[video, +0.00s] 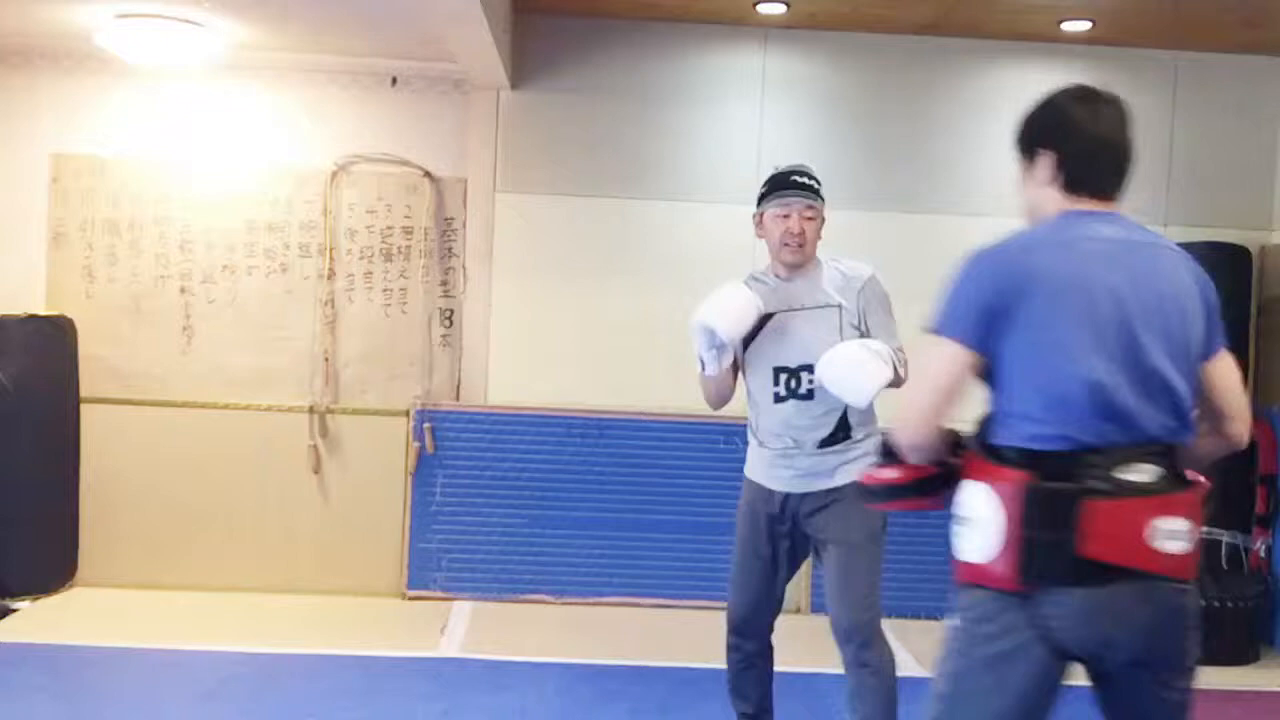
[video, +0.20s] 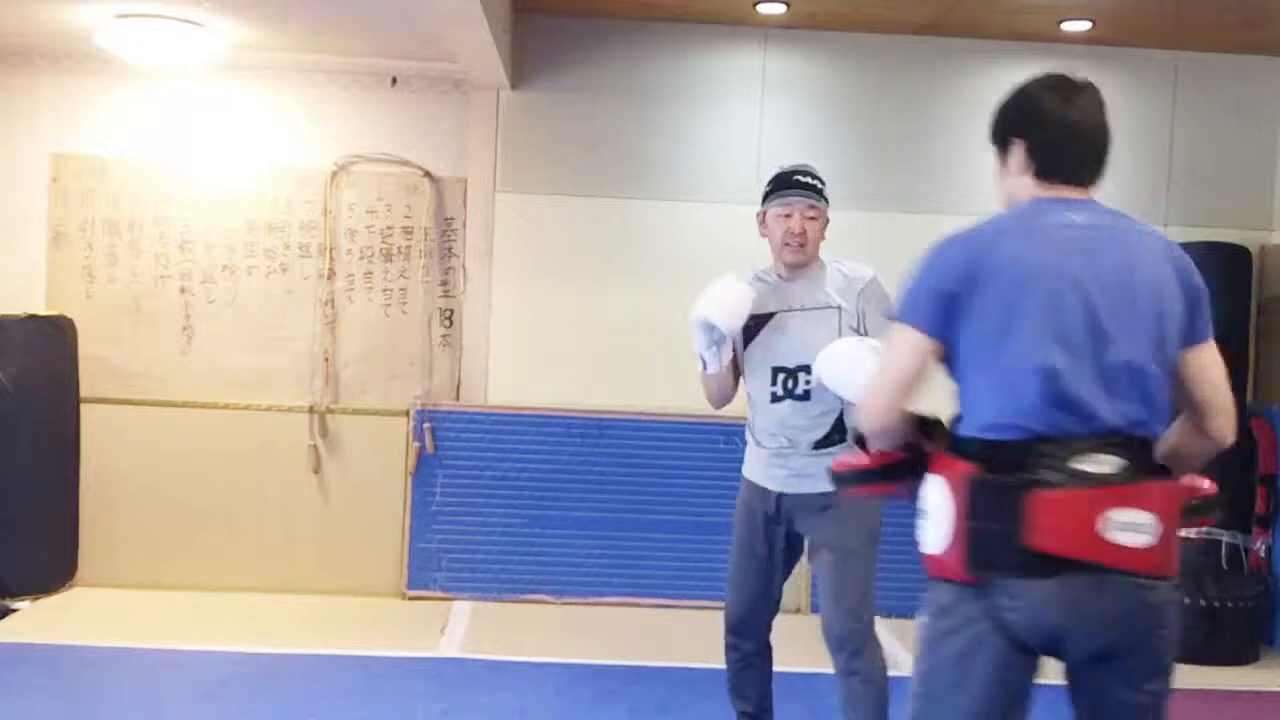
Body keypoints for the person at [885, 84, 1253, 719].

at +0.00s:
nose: (1020, 180)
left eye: (1023, 162)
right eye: (1020, 163)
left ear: (1047, 164)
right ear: (1116, 169)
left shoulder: (1001, 265)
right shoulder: (1183, 270)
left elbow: (913, 431)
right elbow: (1232, 427)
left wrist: (950, 454)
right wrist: (1160, 458)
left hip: (1022, 558)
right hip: (1149, 561)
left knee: (968, 711)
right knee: (1155, 709)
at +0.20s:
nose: (997, 171)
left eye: (998, 153)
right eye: (996, 154)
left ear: (1019, 153)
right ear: (1096, 159)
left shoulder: (966, 253)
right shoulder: (1167, 260)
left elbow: (876, 414)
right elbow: (1215, 424)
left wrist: (911, 438)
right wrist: (1145, 470)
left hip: (997, 535)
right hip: (1129, 546)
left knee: (952, 709)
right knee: (1129, 706)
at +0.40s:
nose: (954, 148)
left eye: (954, 134)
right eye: (956, 134)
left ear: (966, 138)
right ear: (1060, 146)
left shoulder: (898, 239)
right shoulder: (1124, 248)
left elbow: (795, 389)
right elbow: (1191, 426)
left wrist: (865, 354)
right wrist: (1122, 521)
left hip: (913, 549)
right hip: (1058, 557)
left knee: (899, 709)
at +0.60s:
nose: (924, 152)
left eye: (924, 140)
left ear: (933, 148)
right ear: (1037, 159)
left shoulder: (854, 241)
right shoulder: (1090, 271)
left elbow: (749, 343)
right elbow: (1158, 477)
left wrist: (809, 252)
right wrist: (1099, 586)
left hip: (833, 569)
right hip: (982, 595)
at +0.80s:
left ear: (872, 118)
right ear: (979, 131)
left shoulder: (794, 215)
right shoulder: (1022, 241)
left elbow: (709, 284)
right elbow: (1104, 452)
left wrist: (765, 199)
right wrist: (1072, 569)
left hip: (782, 535)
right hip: (923, 555)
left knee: (788, 700)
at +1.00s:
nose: (933, 130)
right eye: (933, 115)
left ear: (817, 114)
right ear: (921, 131)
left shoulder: (742, 211)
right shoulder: (924, 228)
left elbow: (715, 349)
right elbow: (1018, 446)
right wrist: (1017, 539)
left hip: (704, 544)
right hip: (824, 561)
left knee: (710, 698)